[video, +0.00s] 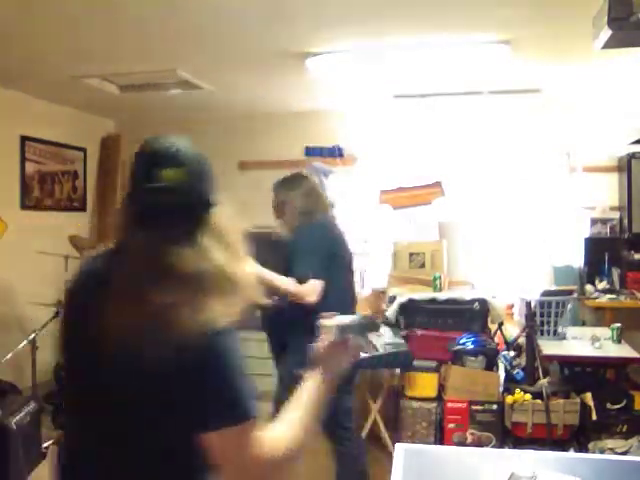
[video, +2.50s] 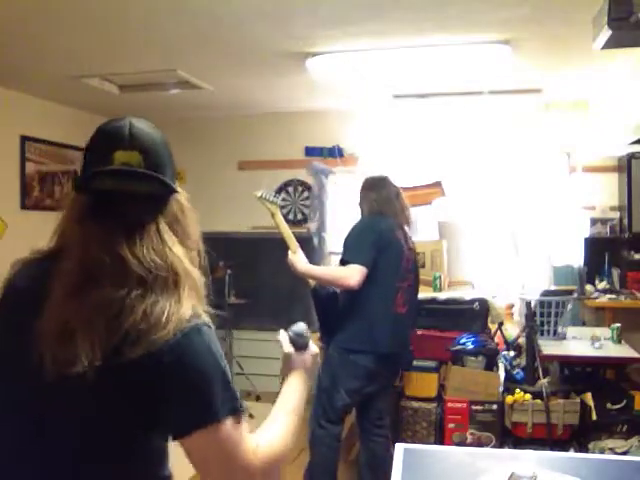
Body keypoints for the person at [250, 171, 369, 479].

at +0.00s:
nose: (277, 214)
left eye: (280, 205)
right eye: (277, 206)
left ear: (297, 202)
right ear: (308, 200)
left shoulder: (312, 231)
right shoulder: (326, 230)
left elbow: (310, 293)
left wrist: (259, 273)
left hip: (314, 344)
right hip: (336, 341)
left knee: (284, 426)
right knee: (342, 426)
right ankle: (354, 472)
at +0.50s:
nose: (316, 187)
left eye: (325, 182)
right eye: (316, 181)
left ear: (346, 189)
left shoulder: (343, 230)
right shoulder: (353, 228)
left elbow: (338, 293)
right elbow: (329, 292)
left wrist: (288, 266)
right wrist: (289, 280)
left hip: (342, 354)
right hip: (365, 351)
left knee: (324, 440)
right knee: (367, 437)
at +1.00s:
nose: (307, 199)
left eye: (314, 192)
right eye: (308, 192)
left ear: (333, 196)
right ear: (339, 197)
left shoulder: (333, 228)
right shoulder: (362, 231)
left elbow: (329, 284)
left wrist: (279, 271)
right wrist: (286, 285)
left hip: (347, 356)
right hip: (378, 353)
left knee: (333, 442)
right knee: (372, 436)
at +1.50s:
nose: (340, 204)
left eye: (344, 197)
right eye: (340, 198)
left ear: (361, 198)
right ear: (371, 200)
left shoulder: (364, 225)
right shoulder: (389, 233)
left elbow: (361, 275)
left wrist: (309, 267)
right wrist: (320, 280)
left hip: (356, 346)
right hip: (385, 347)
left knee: (325, 423)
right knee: (373, 429)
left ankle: (323, 474)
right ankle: (377, 476)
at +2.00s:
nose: (349, 205)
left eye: (351, 200)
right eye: (350, 200)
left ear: (359, 200)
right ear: (384, 199)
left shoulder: (365, 228)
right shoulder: (394, 235)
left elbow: (354, 278)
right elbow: (389, 293)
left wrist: (302, 270)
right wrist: (323, 282)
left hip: (356, 348)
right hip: (386, 349)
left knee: (325, 423)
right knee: (375, 429)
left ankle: (321, 475)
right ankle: (377, 476)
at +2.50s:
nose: (359, 204)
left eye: (361, 199)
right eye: (360, 198)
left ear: (366, 199)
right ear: (394, 199)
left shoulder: (370, 227)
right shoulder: (401, 235)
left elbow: (352, 277)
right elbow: (391, 289)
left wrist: (306, 268)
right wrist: (342, 266)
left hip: (358, 346)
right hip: (390, 347)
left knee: (326, 422)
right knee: (376, 428)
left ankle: (320, 474)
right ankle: (377, 476)